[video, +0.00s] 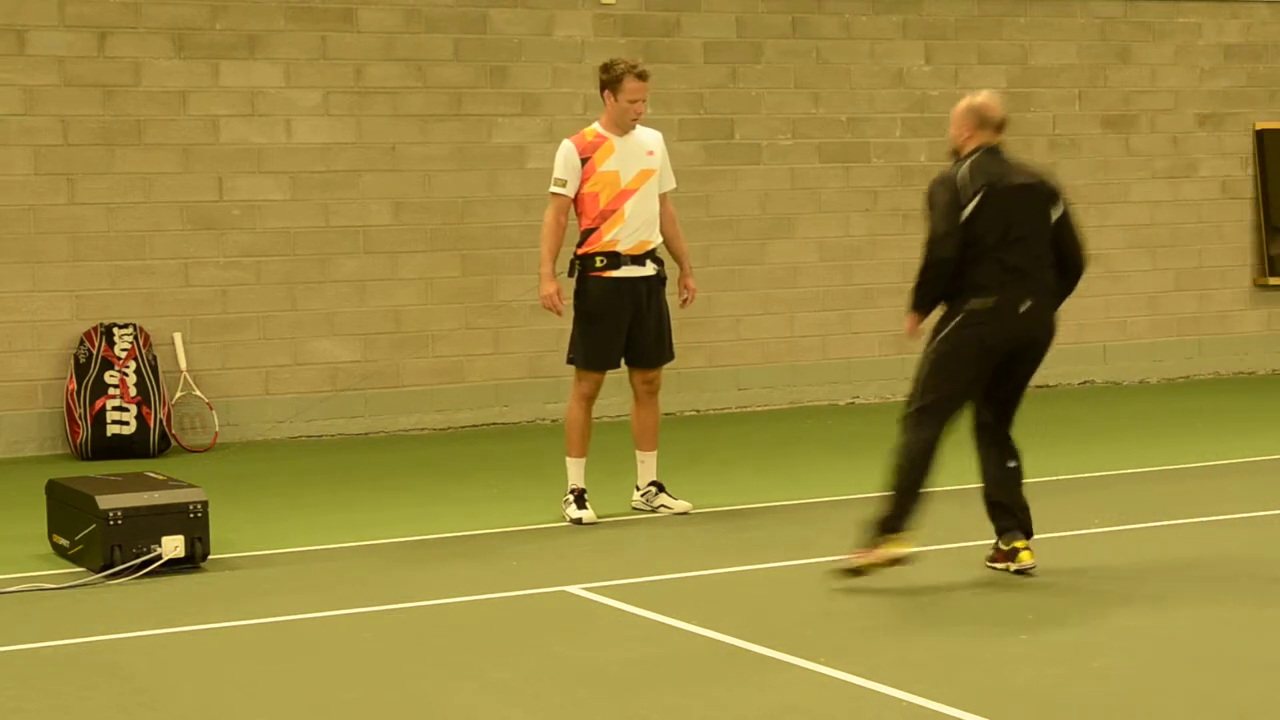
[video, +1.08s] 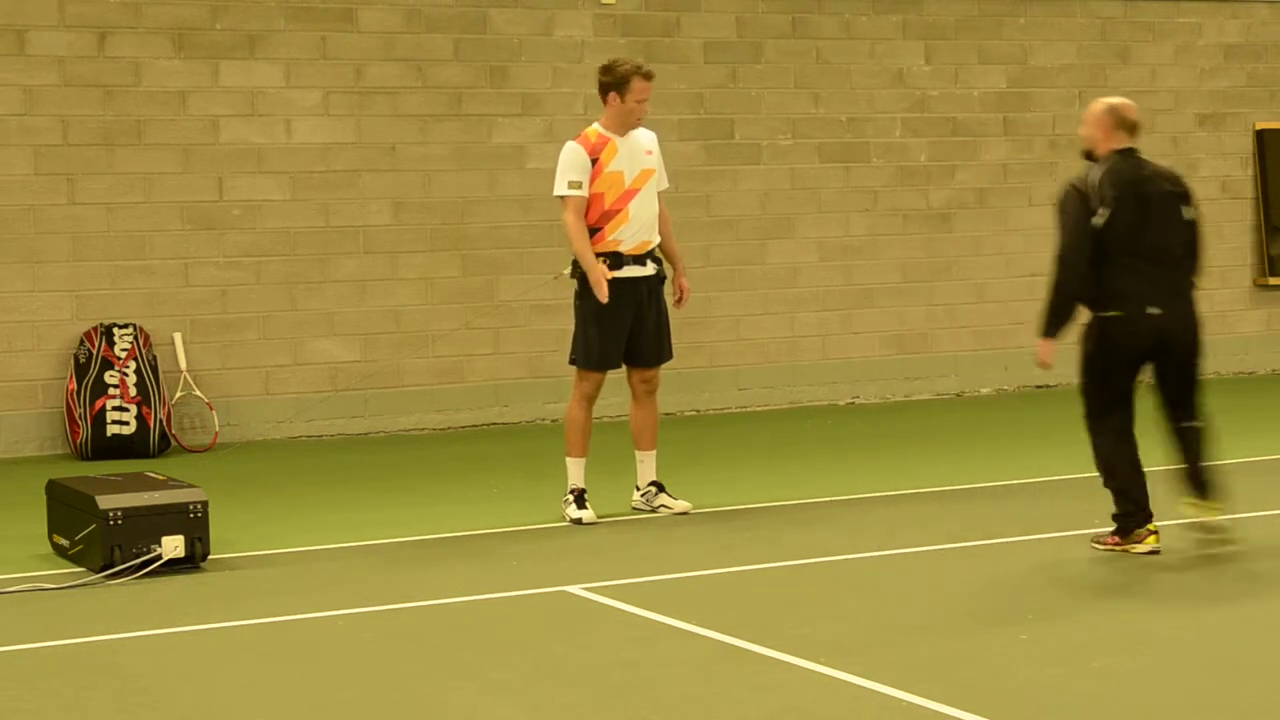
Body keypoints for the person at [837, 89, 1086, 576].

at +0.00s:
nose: (950, 132)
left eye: (954, 124)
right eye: (953, 123)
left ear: (966, 128)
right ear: (996, 130)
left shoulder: (953, 182)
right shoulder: (1039, 183)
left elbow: (944, 250)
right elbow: (1071, 260)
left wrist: (919, 306)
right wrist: (1039, 304)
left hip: (976, 320)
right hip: (1034, 323)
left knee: (924, 416)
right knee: (994, 425)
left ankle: (889, 533)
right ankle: (1014, 539)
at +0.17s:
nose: (903, 185)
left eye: (906, 177)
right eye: (906, 176)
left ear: (917, 181)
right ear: (949, 183)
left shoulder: (900, 234)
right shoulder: (994, 234)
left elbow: (891, 307)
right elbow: (1027, 316)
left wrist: (876, 359)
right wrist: (1012, 375)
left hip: (934, 362)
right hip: (995, 365)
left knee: (874, 456)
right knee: (959, 441)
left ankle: (845, 566)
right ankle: (1010, 539)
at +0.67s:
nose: (979, 166)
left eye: (983, 159)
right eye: (983, 157)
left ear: (994, 163)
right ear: (1026, 165)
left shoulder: (967, 209)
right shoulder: (1059, 220)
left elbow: (935, 273)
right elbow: (1083, 296)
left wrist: (907, 332)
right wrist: (1075, 360)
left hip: (984, 342)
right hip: (1044, 351)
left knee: (924, 426)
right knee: (1006, 433)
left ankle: (891, 527)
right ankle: (1012, 539)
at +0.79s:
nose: (1008, 146)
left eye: (1012, 137)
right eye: (1011, 137)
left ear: (1028, 142)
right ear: (1056, 145)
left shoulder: (1005, 188)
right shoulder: (1091, 197)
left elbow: (977, 248)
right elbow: (1097, 272)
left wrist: (949, 309)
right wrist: (1076, 320)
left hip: (1023, 323)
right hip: (1085, 330)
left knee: (983, 400)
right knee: (1041, 424)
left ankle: (986, 508)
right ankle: (1017, 533)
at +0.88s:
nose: (1027, 127)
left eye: (1032, 118)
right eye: (1031, 118)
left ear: (1047, 124)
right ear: (1073, 126)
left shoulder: (1028, 172)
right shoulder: (1112, 179)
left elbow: (1011, 235)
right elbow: (1112, 250)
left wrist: (980, 297)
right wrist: (1046, 275)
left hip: (1050, 308)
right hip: (1112, 310)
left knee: (1027, 393)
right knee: (1071, 409)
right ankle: (1035, 519)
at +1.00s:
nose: (1059, 126)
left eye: (1065, 118)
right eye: (1061, 117)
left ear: (1085, 122)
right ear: (1106, 122)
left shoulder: (1063, 176)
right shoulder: (1147, 175)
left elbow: (1050, 246)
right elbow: (1156, 245)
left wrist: (1024, 310)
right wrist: (1130, 286)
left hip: (1092, 318)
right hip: (1151, 315)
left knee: (1087, 408)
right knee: (1132, 408)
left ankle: (1125, 508)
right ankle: (1123, 511)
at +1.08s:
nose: (1080, 132)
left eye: (1086, 124)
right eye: (1084, 123)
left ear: (1105, 130)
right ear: (1127, 132)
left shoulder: (1086, 187)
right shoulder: (1172, 183)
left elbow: (1073, 264)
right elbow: (1189, 256)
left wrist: (1049, 331)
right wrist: (1168, 294)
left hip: (1116, 325)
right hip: (1176, 321)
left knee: (1108, 417)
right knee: (1183, 408)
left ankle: (1135, 524)